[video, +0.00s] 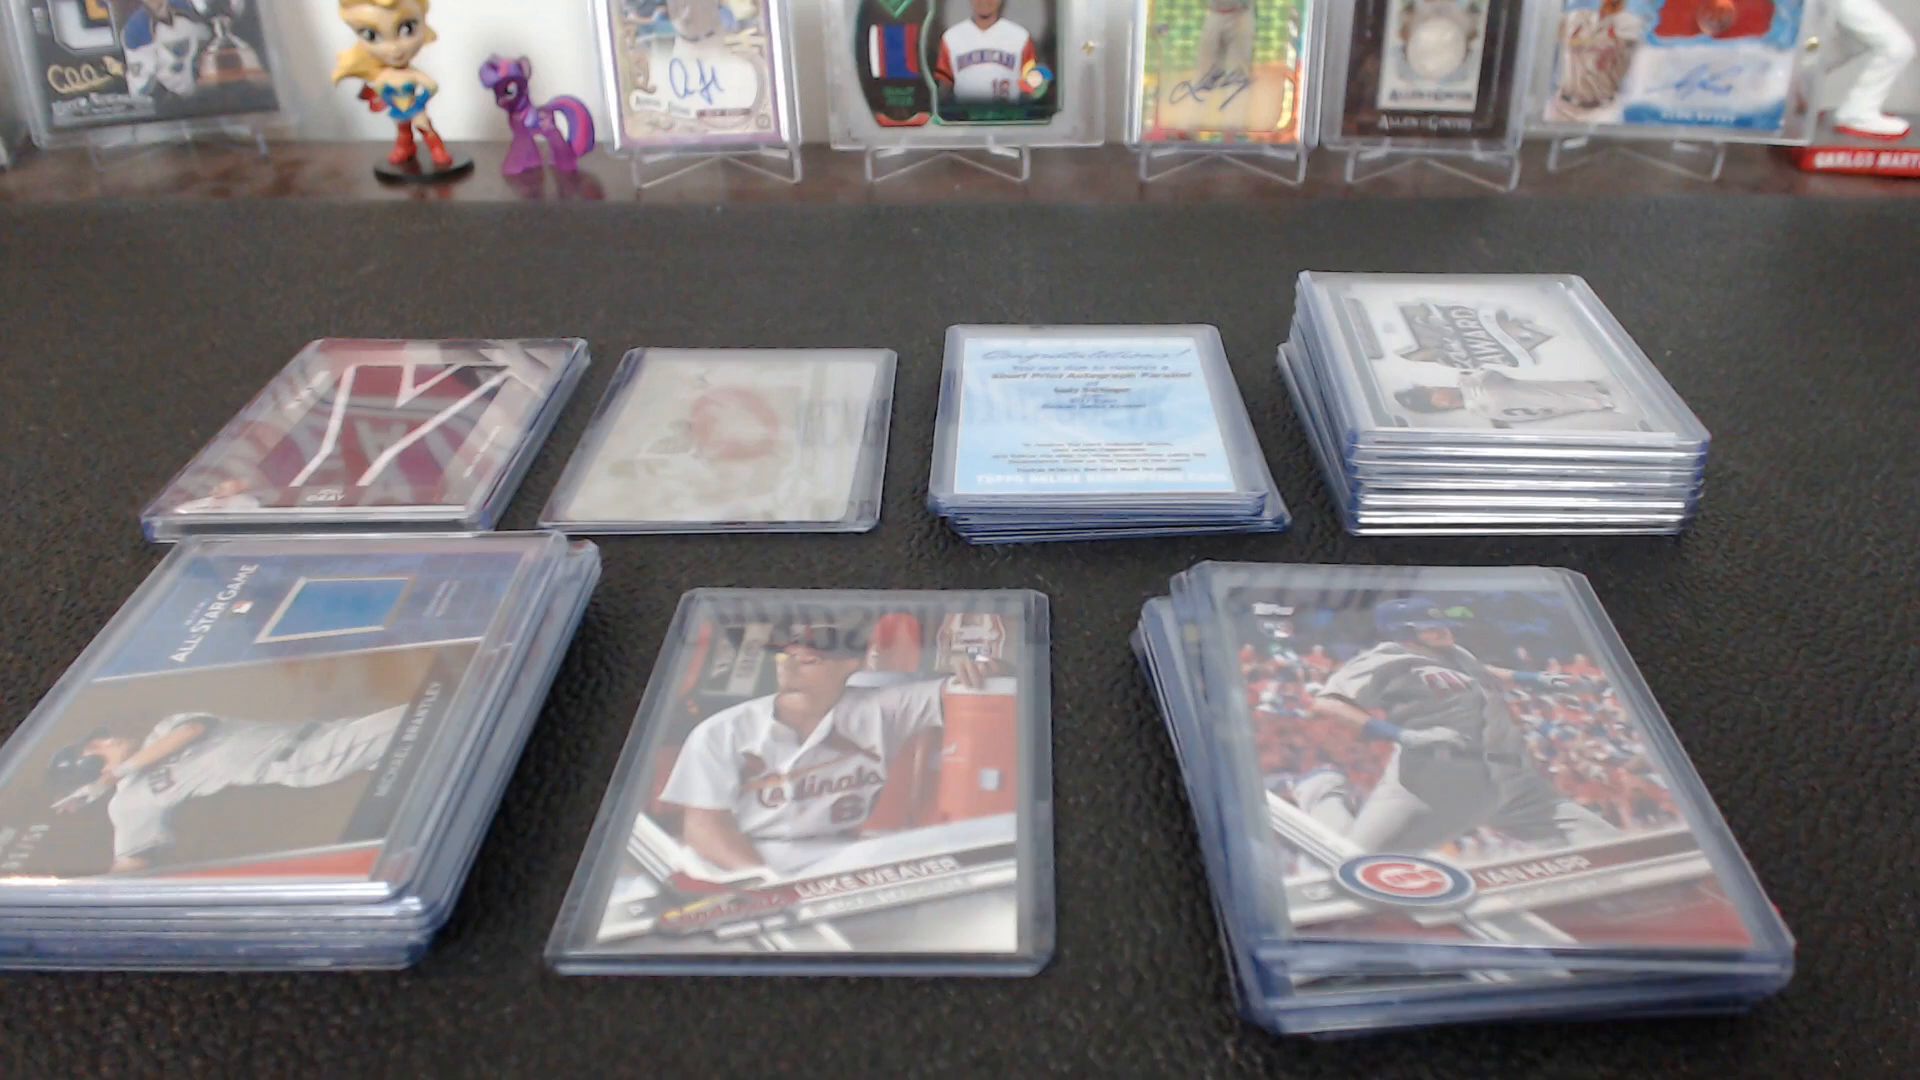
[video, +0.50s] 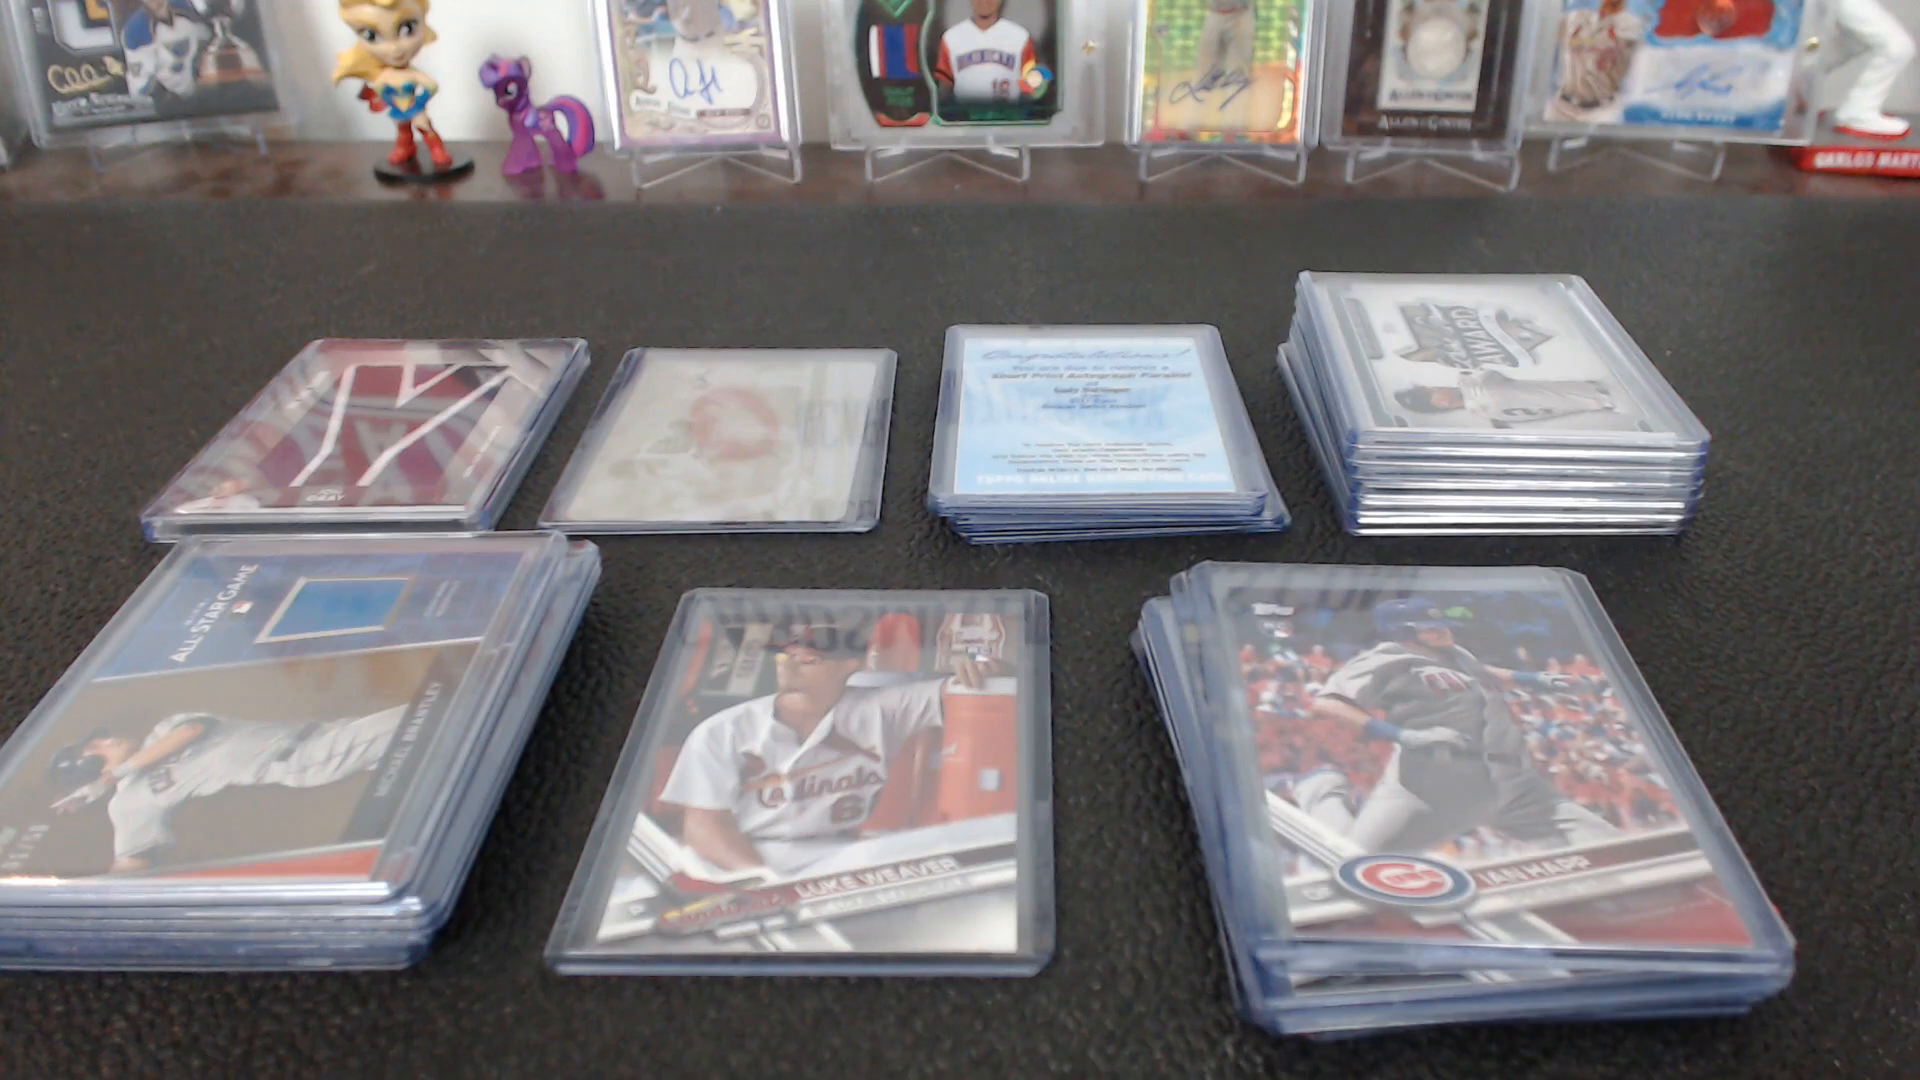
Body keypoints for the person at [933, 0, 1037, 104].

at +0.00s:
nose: (984, 2)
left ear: (1000, 2)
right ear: (971, 2)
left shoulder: (1020, 36)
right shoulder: (951, 37)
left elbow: (1030, 82)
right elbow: (944, 81)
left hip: (1009, 121)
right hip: (965, 120)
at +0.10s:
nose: (984, 2)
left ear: (1000, 2)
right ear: (971, 2)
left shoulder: (1020, 36)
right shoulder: (950, 37)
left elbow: (1030, 80)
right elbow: (944, 80)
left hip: (1009, 120)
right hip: (965, 120)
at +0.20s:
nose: (984, 2)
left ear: (1000, 2)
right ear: (971, 2)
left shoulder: (1020, 36)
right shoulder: (951, 37)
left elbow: (1030, 81)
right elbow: (944, 81)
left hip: (1009, 120)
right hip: (965, 120)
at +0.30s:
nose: (984, 2)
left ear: (1000, 2)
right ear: (971, 2)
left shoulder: (1020, 36)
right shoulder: (951, 37)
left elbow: (1030, 82)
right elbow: (944, 81)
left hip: (1009, 121)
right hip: (965, 120)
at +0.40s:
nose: (984, 2)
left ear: (1000, 2)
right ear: (971, 2)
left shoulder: (1020, 36)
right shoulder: (951, 37)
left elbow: (1030, 83)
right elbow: (944, 81)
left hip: (1008, 120)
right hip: (965, 120)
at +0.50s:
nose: (984, 2)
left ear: (1000, 2)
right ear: (971, 2)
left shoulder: (1020, 36)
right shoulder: (950, 37)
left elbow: (1030, 82)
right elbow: (944, 82)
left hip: (1009, 121)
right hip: (965, 121)